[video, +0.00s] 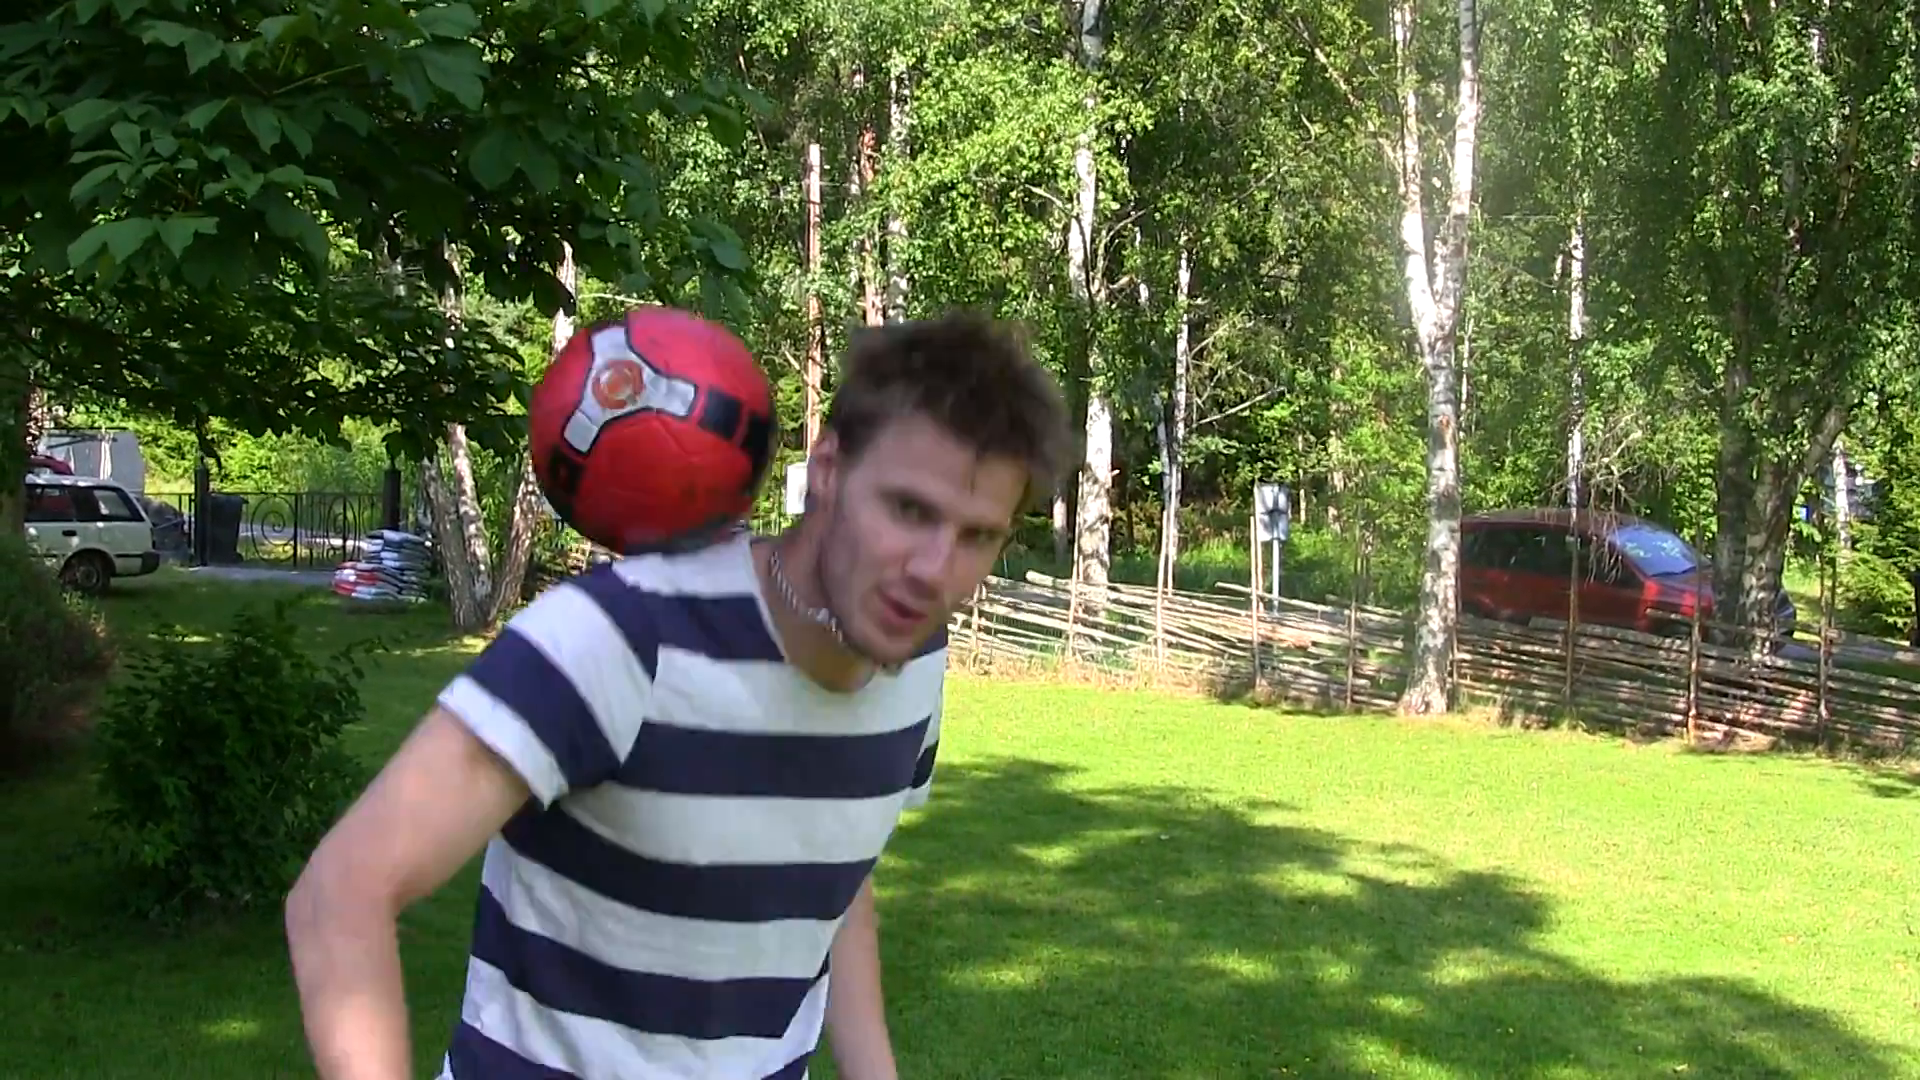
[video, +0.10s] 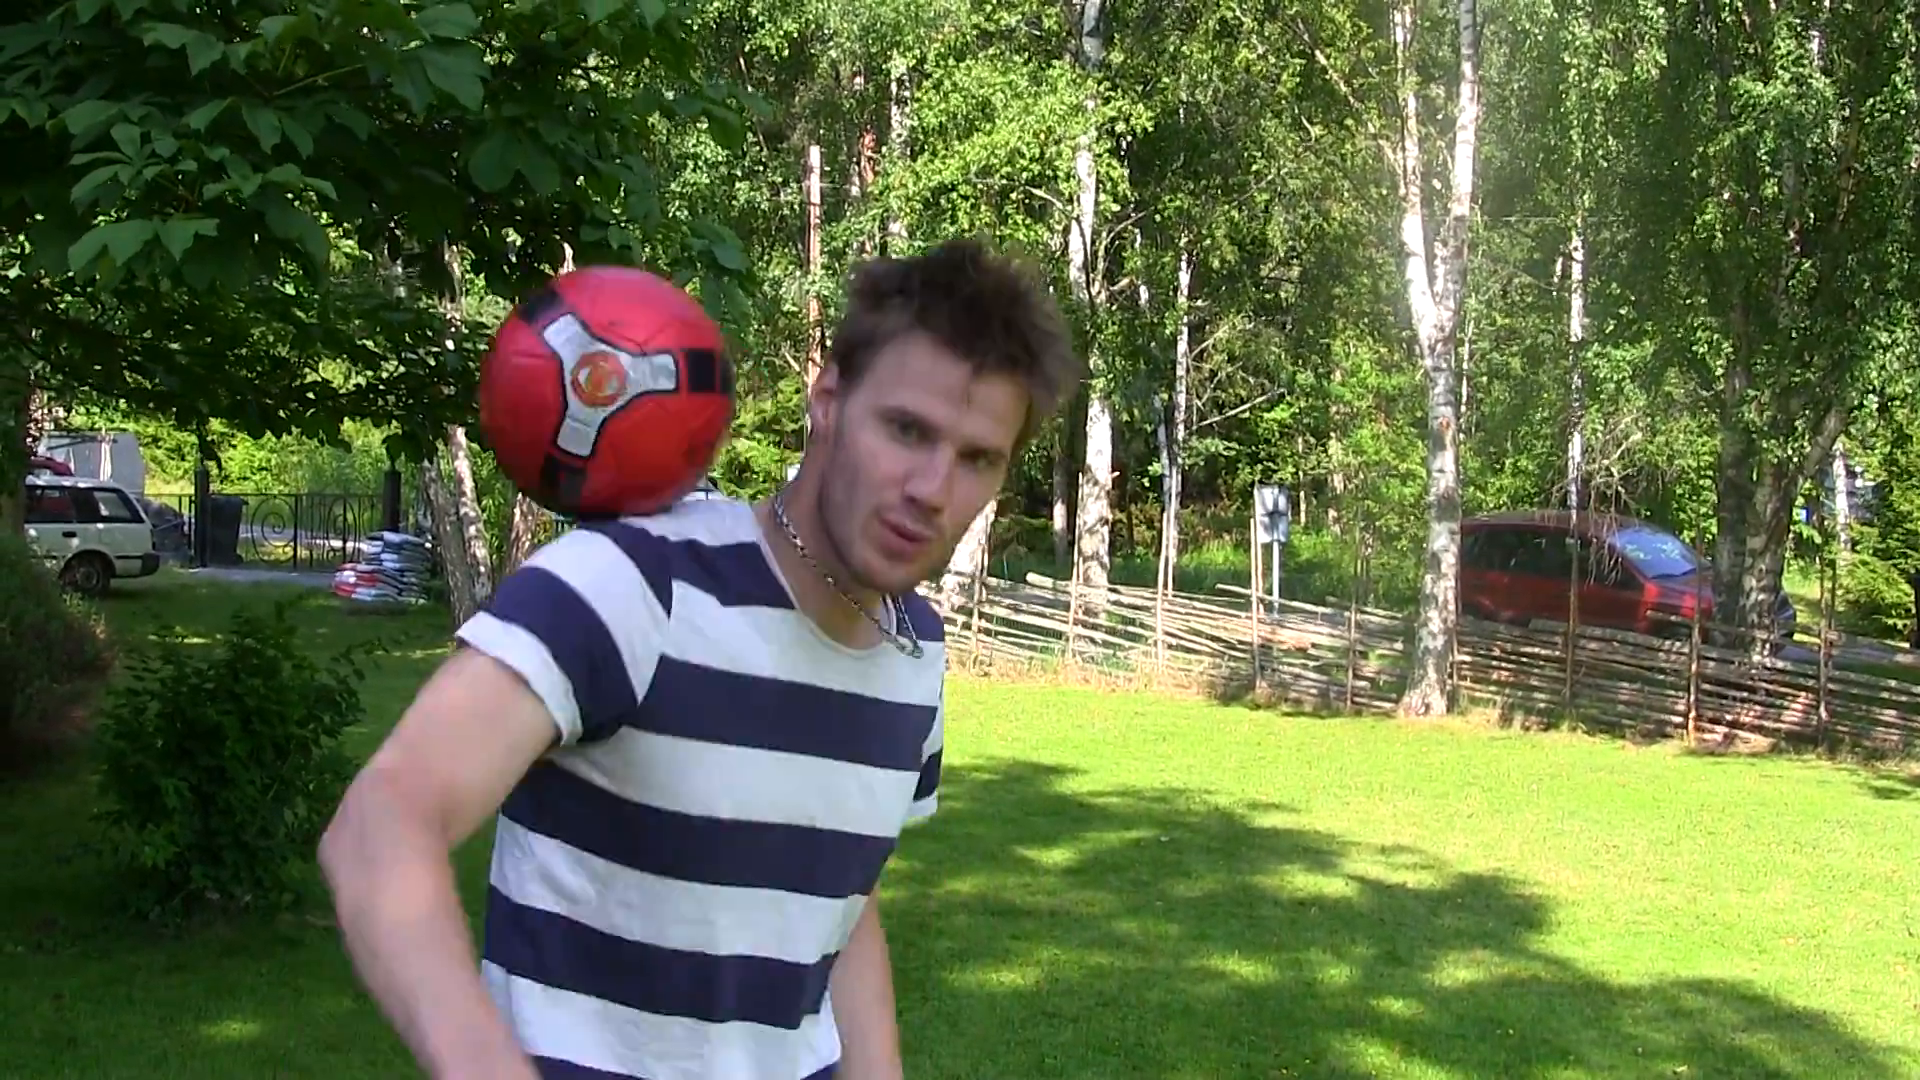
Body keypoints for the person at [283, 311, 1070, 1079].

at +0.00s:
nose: (934, 572)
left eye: (977, 538)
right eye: (909, 510)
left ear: (1001, 549)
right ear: (826, 472)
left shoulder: (916, 662)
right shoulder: (622, 631)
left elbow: (839, 890)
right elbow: (337, 899)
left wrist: (873, 1071)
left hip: (766, 1068)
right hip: (544, 1065)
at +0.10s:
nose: (932, 489)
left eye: (977, 458)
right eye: (907, 430)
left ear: (1003, 477)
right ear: (824, 400)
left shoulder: (913, 653)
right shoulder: (631, 581)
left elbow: (844, 911)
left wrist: (875, 1068)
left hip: (791, 1066)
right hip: (582, 1060)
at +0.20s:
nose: (908, 445)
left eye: (956, 417)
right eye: (883, 387)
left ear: (984, 447)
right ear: (806, 369)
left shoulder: (914, 659)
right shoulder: (623, 565)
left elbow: (878, 958)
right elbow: (454, 767)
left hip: (830, 1065)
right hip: (605, 1063)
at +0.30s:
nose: (871, 432)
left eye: (920, 403)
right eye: (844, 376)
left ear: (951, 442)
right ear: (766, 373)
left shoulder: (914, 678)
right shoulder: (596, 581)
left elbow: (903, 984)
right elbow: (536, 686)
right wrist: (575, 782)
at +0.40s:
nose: (846, 409)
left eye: (895, 376)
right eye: (813, 354)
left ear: (935, 416)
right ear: (736, 358)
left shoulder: (922, 690)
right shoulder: (589, 573)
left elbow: (912, 979)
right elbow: (552, 649)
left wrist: (964, 1059)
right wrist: (627, 700)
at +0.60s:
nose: (932, 383)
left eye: (980, 342)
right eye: (889, 326)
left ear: (1021, 382)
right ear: (804, 342)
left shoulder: (999, 669)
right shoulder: (668, 570)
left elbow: (990, 990)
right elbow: (640, 704)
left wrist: (1043, 1056)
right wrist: (737, 777)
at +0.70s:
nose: (1032, 391)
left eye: (1077, 350)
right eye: (987, 331)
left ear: (1114, 386)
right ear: (888, 343)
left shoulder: (1073, 672)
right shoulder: (734, 595)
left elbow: (1055, 1005)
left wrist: (1098, 1060)